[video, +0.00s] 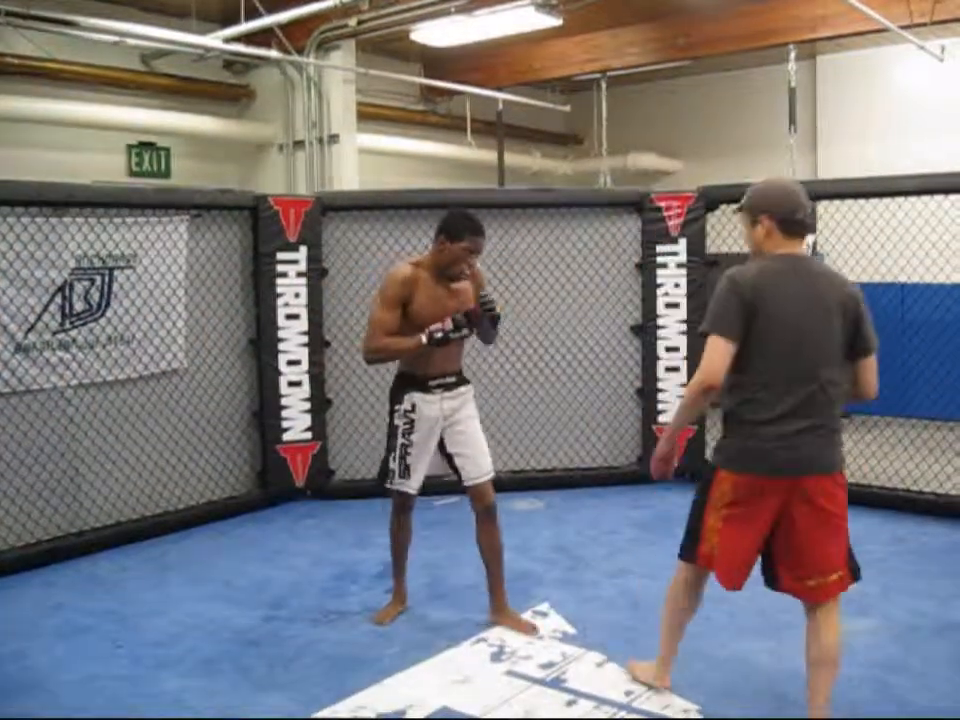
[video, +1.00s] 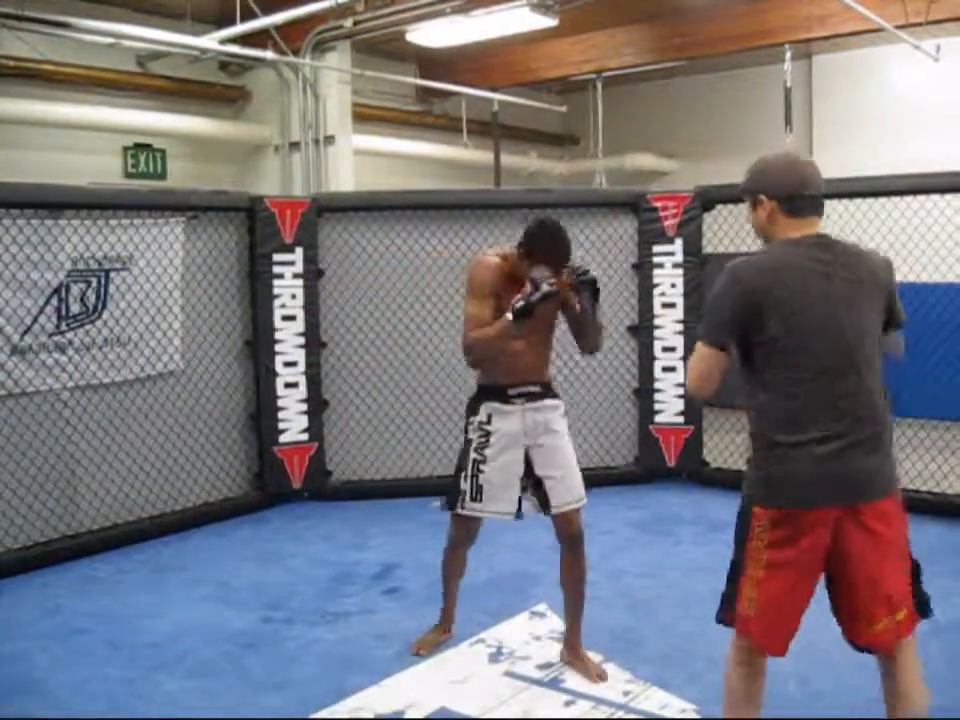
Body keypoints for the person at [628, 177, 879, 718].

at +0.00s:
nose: (744, 234)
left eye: (746, 225)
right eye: (744, 224)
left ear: (765, 225)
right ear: (804, 226)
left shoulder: (742, 281)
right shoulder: (843, 289)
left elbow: (710, 378)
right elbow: (866, 386)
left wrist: (673, 431)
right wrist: (808, 384)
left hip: (746, 462)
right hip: (820, 465)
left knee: (694, 565)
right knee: (824, 600)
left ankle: (660, 668)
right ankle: (818, 711)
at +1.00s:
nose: (749, 217)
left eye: (749, 206)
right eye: (749, 206)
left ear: (765, 206)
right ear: (816, 202)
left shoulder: (744, 277)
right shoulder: (872, 268)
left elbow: (701, 382)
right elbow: (886, 347)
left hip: (784, 487)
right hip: (873, 483)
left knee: (749, 653)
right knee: (898, 649)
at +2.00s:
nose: (657, 212)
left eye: (658, 204)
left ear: (665, 212)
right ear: (736, 206)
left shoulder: (631, 295)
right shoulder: (779, 282)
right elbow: (824, 417)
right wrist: (814, 445)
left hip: (667, 528)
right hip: (757, 529)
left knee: (677, 689)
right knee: (778, 704)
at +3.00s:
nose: (475, 214)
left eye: (473, 201)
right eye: (474, 200)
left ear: (404, 205)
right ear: (460, 197)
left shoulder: (375, 281)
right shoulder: (459, 265)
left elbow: (326, 404)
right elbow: (550, 376)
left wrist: (364, 470)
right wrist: (576, 348)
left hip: (385, 533)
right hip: (446, 536)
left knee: (423, 698)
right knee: (471, 703)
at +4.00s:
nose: (376, 252)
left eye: (377, 238)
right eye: (371, 237)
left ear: (338, 235)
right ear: (341, 234)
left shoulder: (307, 302)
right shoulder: (290, 306)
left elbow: (301, 415)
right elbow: (354, 421)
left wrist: (369, 425)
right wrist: (443, 383)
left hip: (311, 520)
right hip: (259, 529)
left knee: (373, 642)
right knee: (220, 694)